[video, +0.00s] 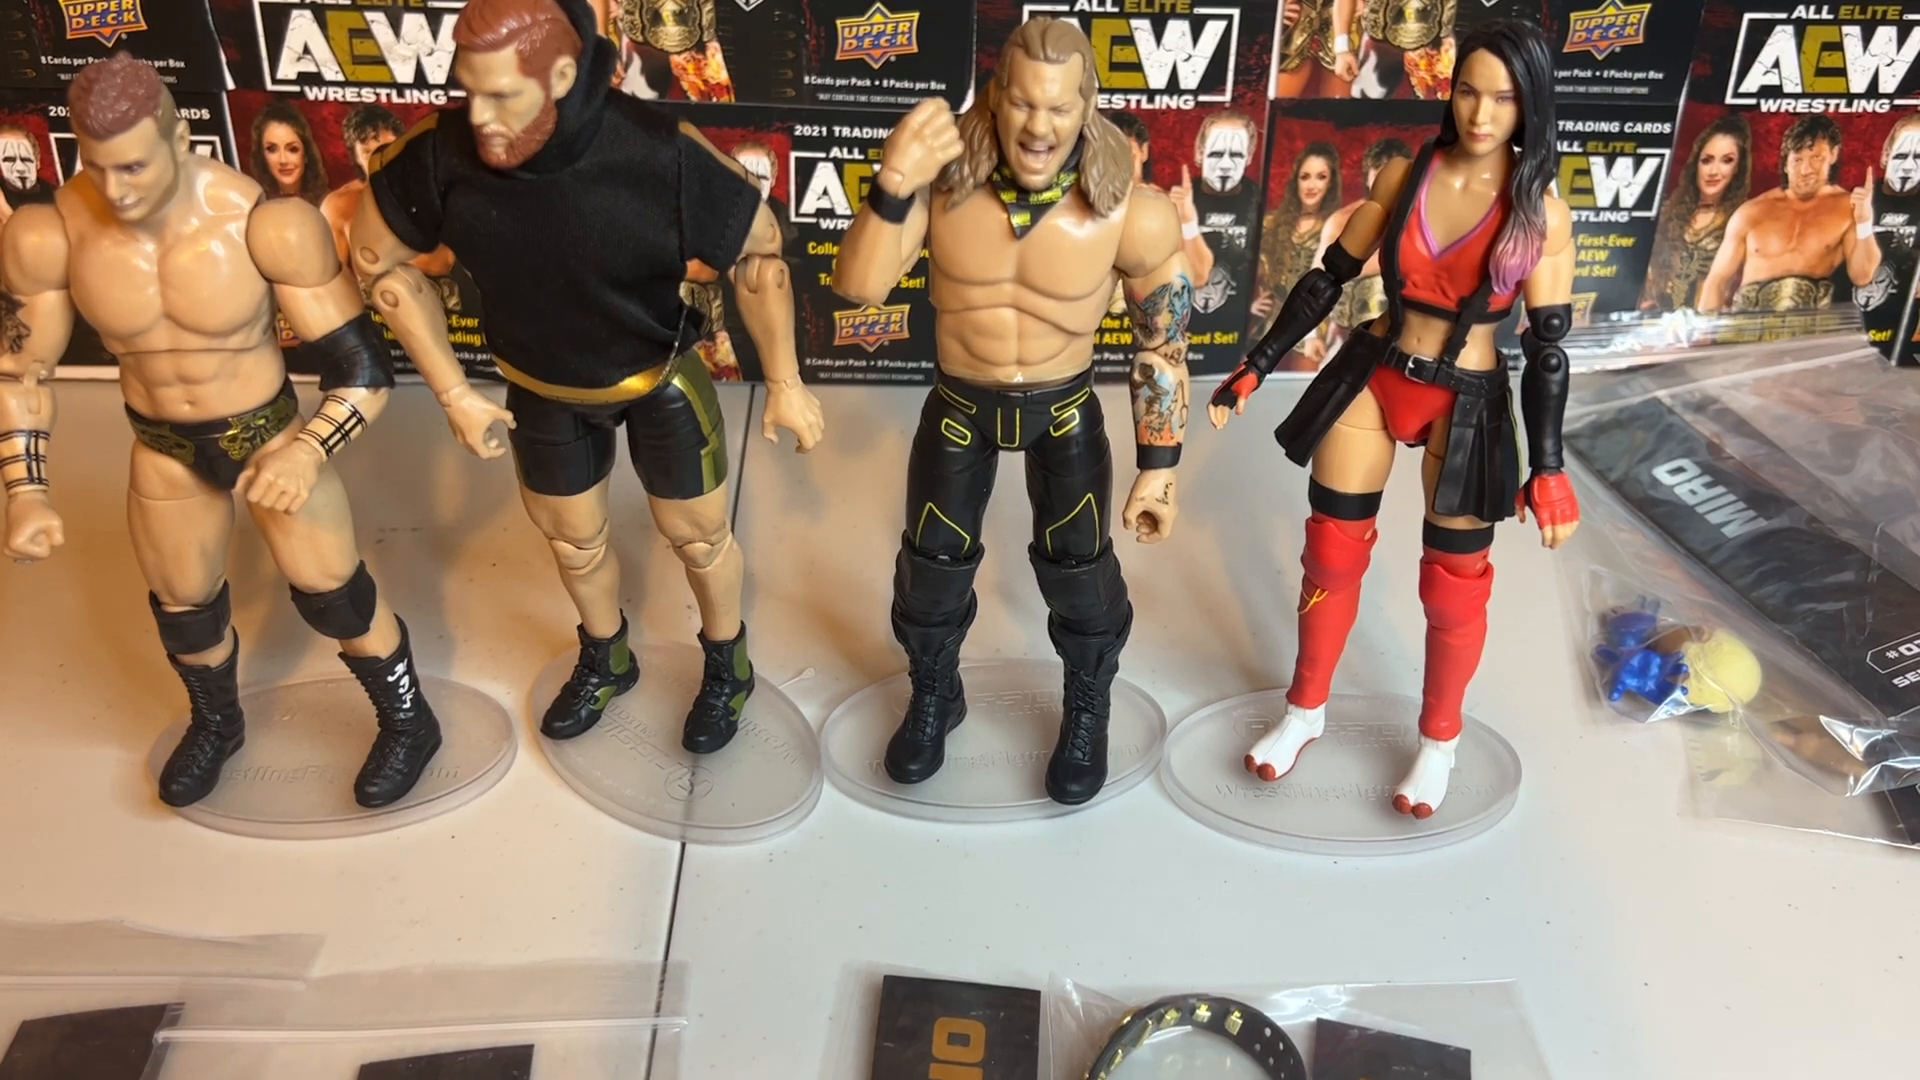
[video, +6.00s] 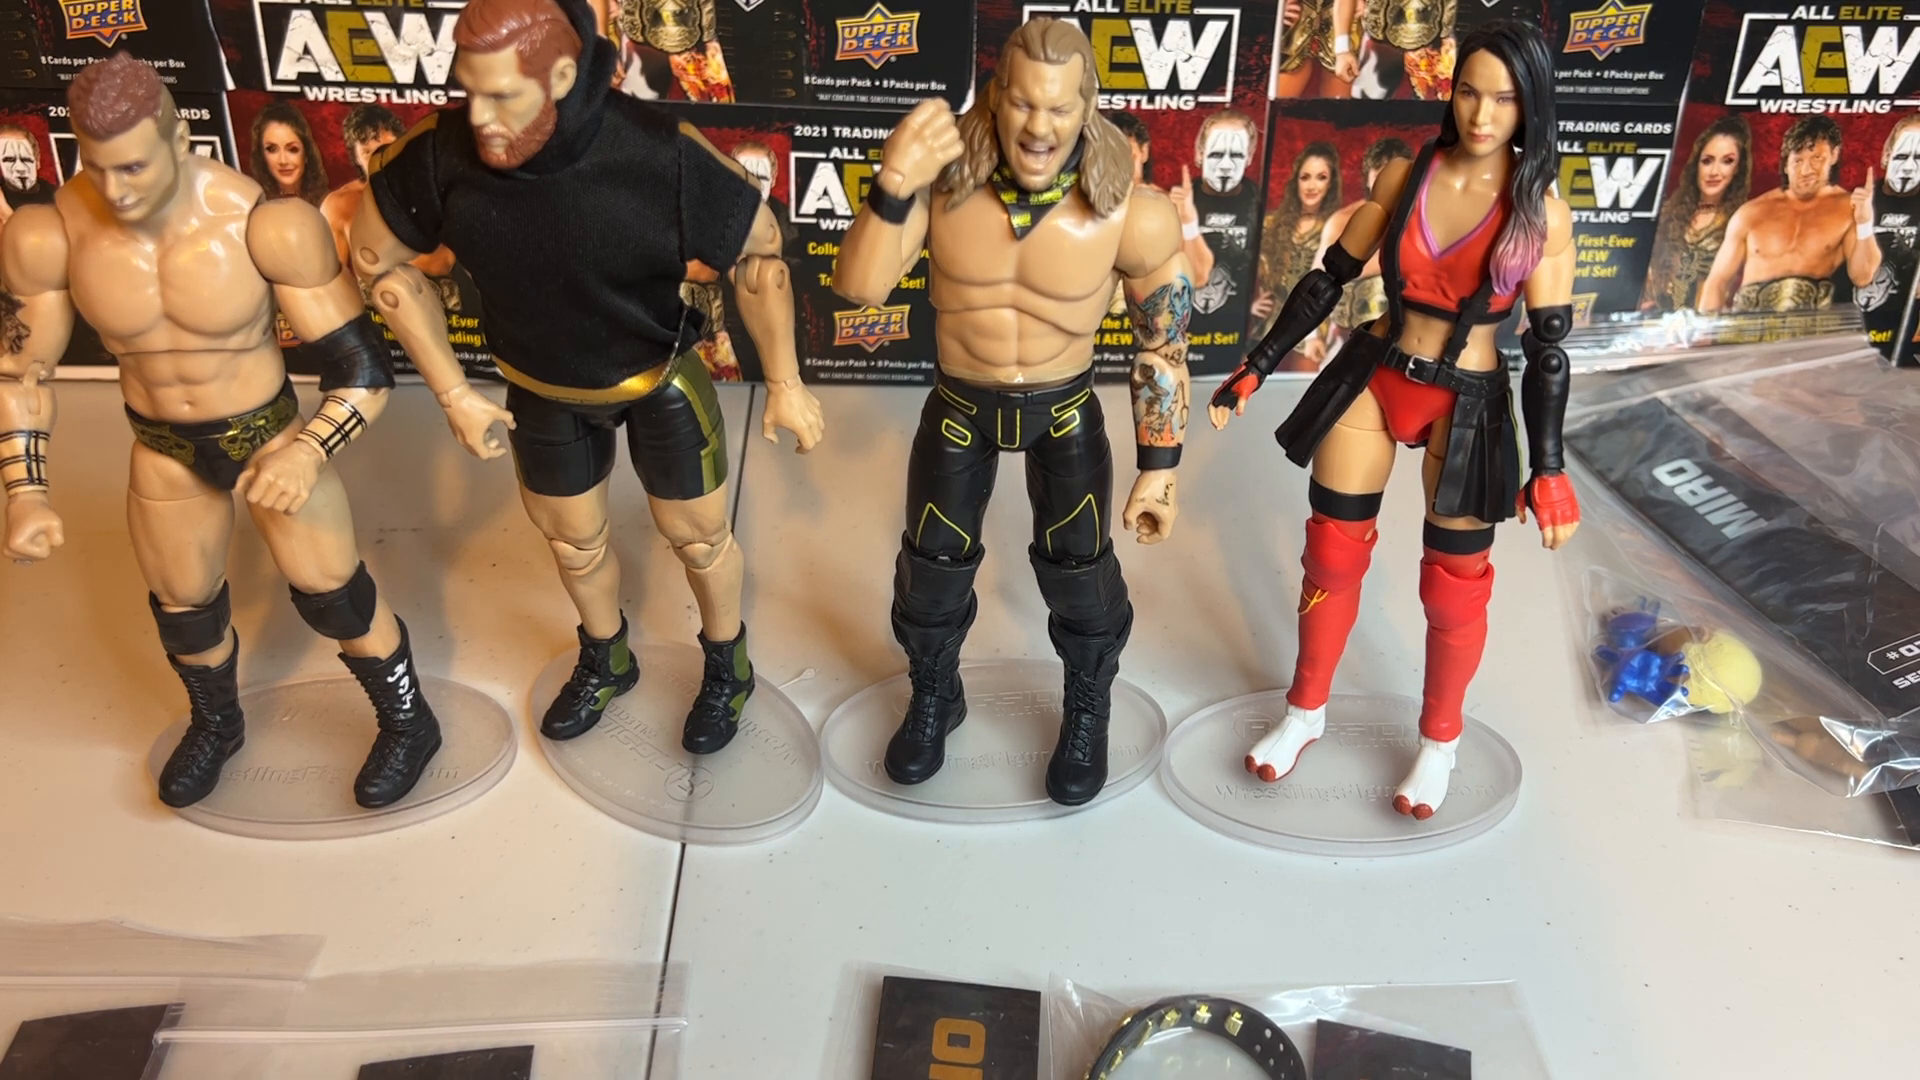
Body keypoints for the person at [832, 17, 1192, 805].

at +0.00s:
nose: (1039, 126)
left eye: (1059, 108)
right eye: (1024, 104)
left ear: (1086, 106)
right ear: (995, 95)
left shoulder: (1129, 207)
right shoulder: (943, 176)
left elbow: (1162, 336)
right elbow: (857, 287)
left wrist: (1161, 463)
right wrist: (892, 189)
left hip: (1064, 407)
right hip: (959, 403)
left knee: (1078, 568)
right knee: (932, 562)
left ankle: (1086, 714)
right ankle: (932, 699)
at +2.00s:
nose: (1039, 126)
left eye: (1059, 109)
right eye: (1023, 104)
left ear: (1086, 106)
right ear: (994, 94)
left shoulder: (1129, 207)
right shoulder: (943, 176)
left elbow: (1163, 337)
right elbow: (857, 286)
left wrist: (1161, 463)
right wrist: (892, 189)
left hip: (1064, 408)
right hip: (958, 403)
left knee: (1077, 569)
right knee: (932, 562)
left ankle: (1086, 711)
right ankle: (932, 698)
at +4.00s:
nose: (1039, 127)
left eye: (1059, 109)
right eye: (1024, 104)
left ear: (1086, 106)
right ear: (995, 95)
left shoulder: (1129, 207)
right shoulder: (943, 175)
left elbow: (1162, 337)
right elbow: (858, 286)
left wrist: (1161, 464)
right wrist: (892, 188)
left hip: (1064, 408)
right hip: (958, 403)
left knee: (1078, 568)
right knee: (932, 562)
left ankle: (1086, 712)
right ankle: (932, 698)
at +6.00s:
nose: (1040, 127)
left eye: (1060, 109)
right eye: (1024, 104)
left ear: (1086, 106)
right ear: (995, 95)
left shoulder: (1129, 207)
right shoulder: (944, 176)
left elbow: (1163, 338)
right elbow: (858, 287)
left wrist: (1161, 464)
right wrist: (892, 189)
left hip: (1064, 408)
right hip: (959, 403)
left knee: (1078, 569)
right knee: (932, 563)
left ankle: (1086, 713)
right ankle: (932, 699)